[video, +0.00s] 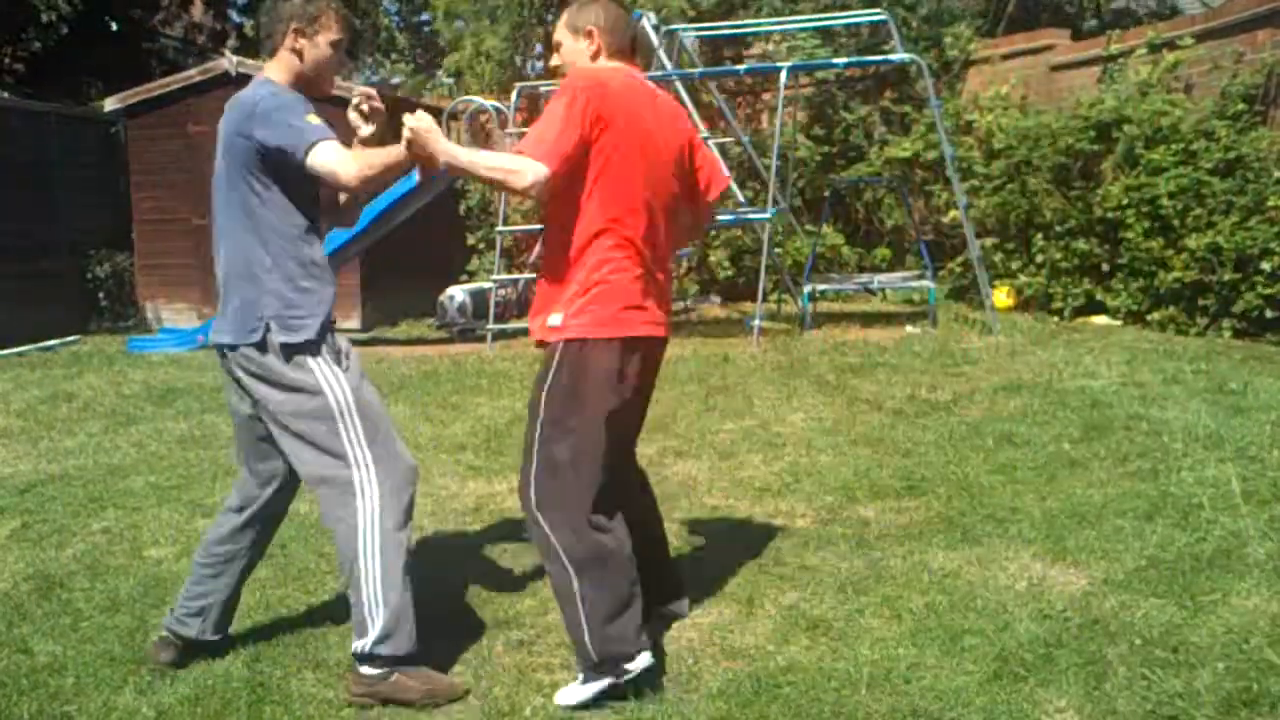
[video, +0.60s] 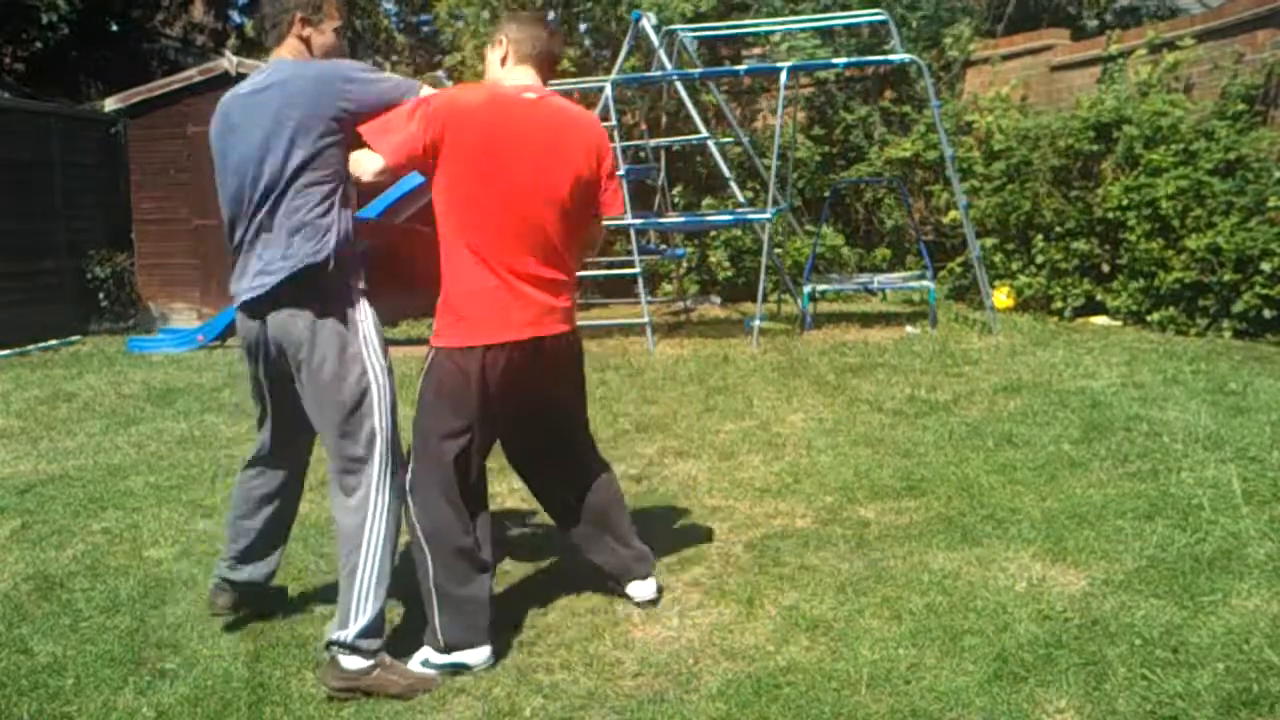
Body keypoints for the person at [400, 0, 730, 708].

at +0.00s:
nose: (553, 61)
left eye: (558, 47)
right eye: (554, 49)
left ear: (592, 41)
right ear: (617, 44)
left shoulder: (589, 86)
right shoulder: (673, 109)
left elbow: (530, 172)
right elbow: (712, 191)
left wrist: (444, 150)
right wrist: (657, 244)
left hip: (591, 320)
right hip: (646, 320)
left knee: (555, 491)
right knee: (613, 468)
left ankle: (616, 657)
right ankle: (658, 595)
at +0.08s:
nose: (541, 46)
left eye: (548, 33)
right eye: (542, 33)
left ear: (583, 33)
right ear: (592, 33)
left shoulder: (600, 88)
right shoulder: (634, 90)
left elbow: (589, 198)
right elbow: (635, 199)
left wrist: (493, 220)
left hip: (586, 321)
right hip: (620, 319)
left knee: (524, 476)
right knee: (598, 462)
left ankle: (598, 630)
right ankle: (653, 587)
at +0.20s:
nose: (519, 39)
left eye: (529, 28)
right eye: (519, 27)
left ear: (570, 32)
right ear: (559, 32)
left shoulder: (608, 109)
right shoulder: (544, 95)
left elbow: (665, 218)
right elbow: (478, 93)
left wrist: (623, 309)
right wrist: (434, 61)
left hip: (572, 327)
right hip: (554, 321)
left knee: (497, 465)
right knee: (587, 461)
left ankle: (505, 624)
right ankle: (656, 585)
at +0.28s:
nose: (500, 54)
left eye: (510, 43)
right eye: (501, 43)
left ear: (547, 48)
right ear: (539, 47)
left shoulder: (583, 125)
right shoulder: (513, 111)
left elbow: (650, 222)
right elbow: (447, 97)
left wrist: (612, 322)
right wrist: (406, 57)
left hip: (547, 338)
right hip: (531, 333)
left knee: (485, 482)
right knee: (578, 473)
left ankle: (465, 641)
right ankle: (659, 586)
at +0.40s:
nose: (482, 57)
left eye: (488, 44)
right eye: (485, 44)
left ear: (516, 48)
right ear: (534, 50)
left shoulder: (533, 128)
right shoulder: (564, 117)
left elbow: (556, 244)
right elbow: (468, 136)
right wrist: (422, 100)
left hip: (504, 345)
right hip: (553, 344)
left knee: (456, 488)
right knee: (561, 460)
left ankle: (465, 639)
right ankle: (651, 581)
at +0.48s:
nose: (482, 48)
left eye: (487, 36)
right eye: (486, 36)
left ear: (504, 41)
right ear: (552, 46)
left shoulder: (488, 116)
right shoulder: (581, 110)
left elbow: (478, 224)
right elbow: (520, 154)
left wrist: (419, 280)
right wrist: (435, 158)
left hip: (491, 337)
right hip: (554, 333)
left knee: (449, 483)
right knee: (560, 451)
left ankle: (465, 640)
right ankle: (644, 569)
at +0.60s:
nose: (483, 68)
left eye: (487, 57)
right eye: (489, 58)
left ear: (501, 55)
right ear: (552, 68)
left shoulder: (453, 107)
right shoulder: (589, 129)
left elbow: (365, 166)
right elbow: (593, 231)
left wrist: (414, 111)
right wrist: (545, 247)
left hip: (471, 338)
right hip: (553, 336)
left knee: (441, 481)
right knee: (568, 453)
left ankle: (461, 638)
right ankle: (634, 571)